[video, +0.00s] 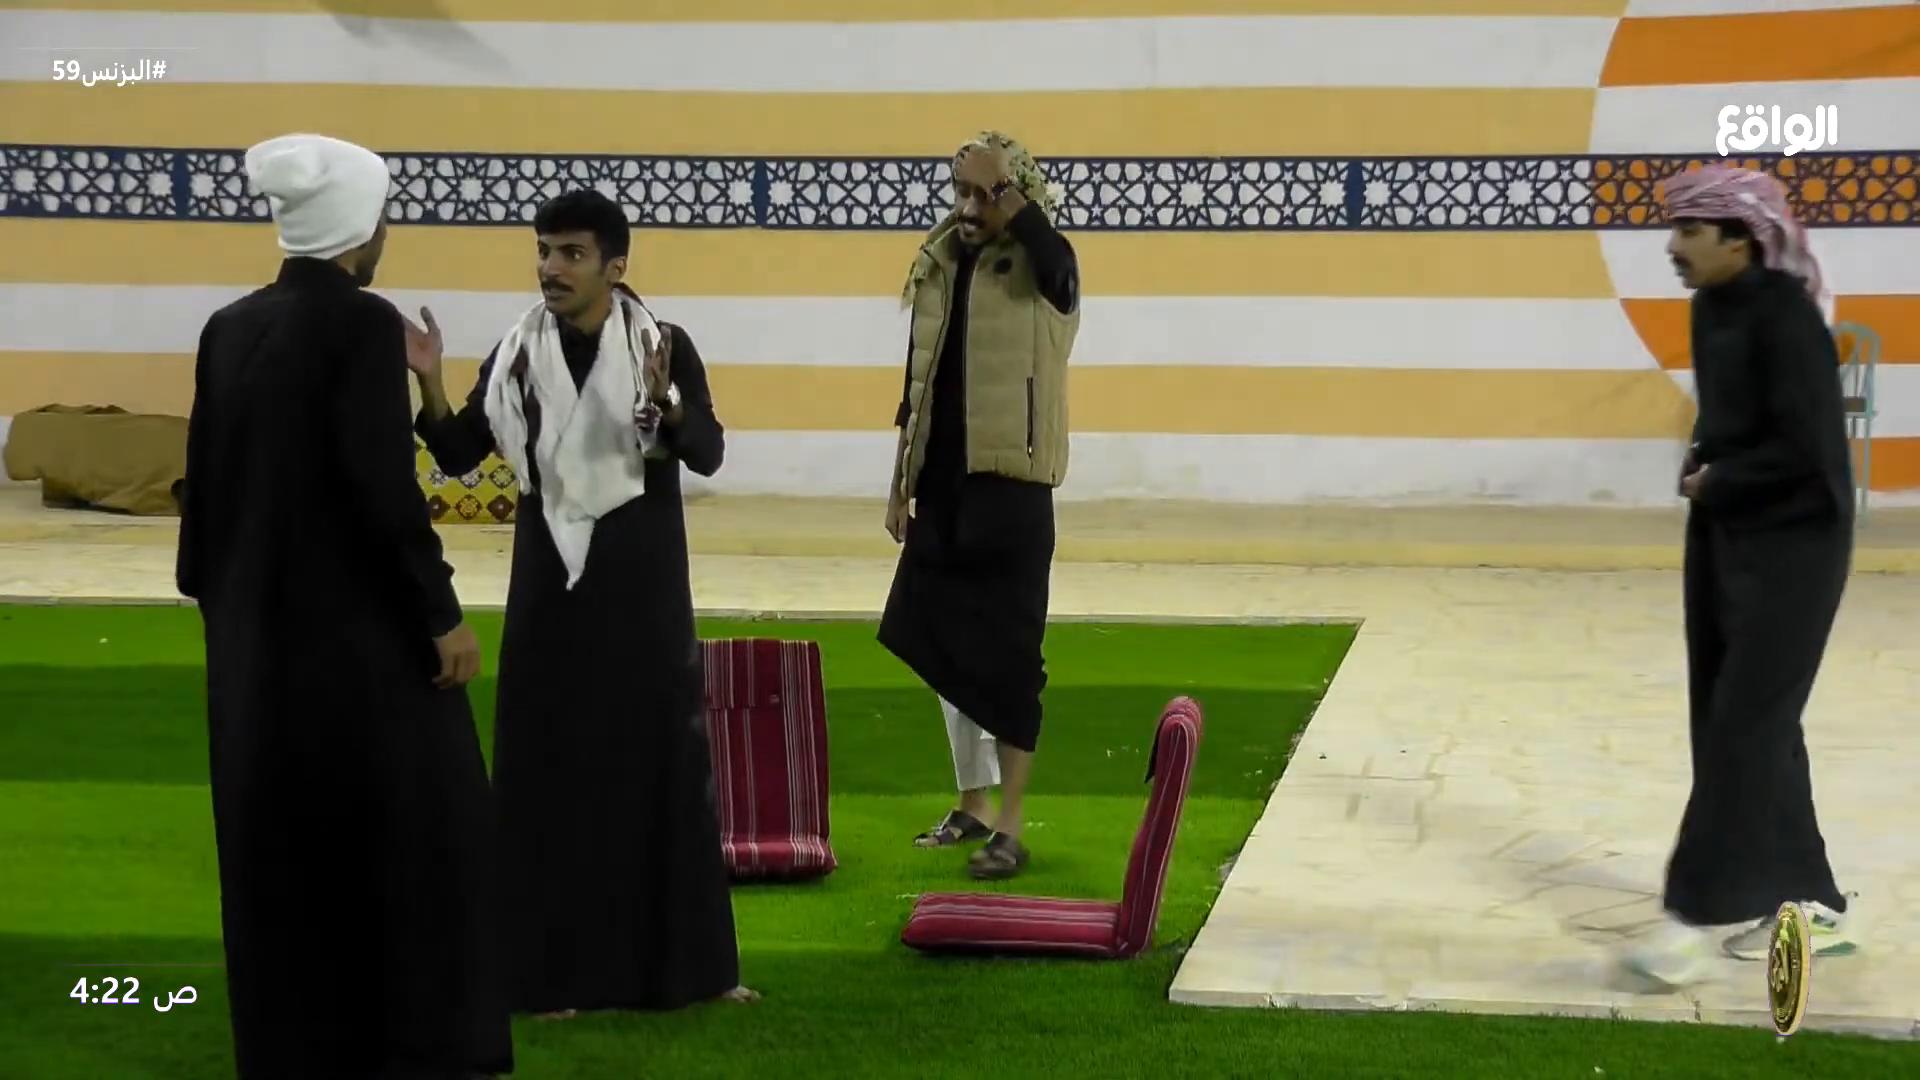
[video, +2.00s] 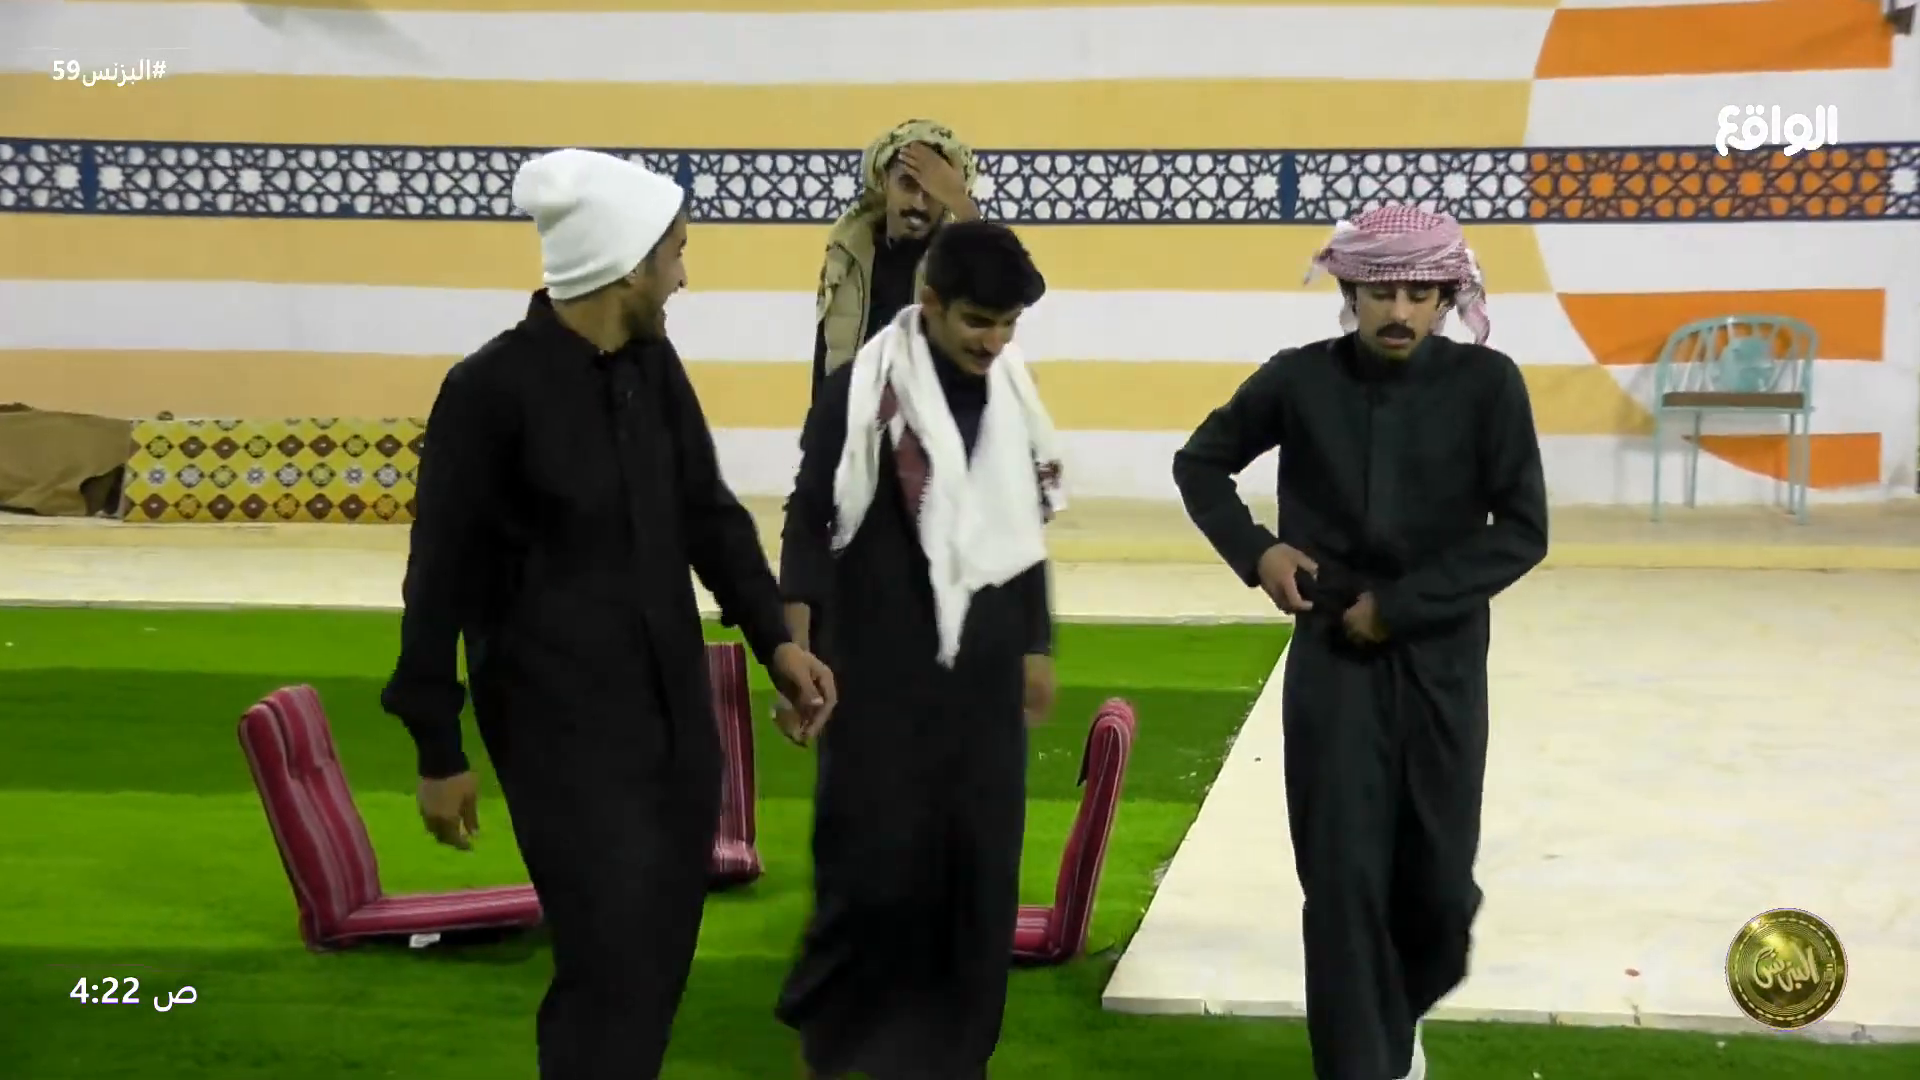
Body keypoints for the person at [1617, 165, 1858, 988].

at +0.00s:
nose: (1675, 249)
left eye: (1689, 234)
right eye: (1675, 234)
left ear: (1741, 239)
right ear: (1710, 242)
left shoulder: (1784, 313)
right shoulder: (1713, 314)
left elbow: (1805, 450)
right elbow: (1733, 419)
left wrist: (1715, 479)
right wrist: (1703, 456)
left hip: (1795, 549)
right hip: (1730, 545)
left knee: (1743, 718)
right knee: (1746, 718)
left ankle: (1703, 910)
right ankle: (1809, 896)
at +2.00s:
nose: (1398, 313)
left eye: (1418, 295)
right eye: (1379, 293)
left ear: (1446, 300)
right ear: (1349, 296)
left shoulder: (1490, 384)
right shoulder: (1299, 380)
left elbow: (1523, 534)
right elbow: (1199, 461)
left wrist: (1398, 603)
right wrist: (1257, 550)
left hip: (1445, 668)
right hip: (1334, 666)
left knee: (1441, 895)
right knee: (1343, 889)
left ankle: (1391, 1027)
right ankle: (1360, 1067)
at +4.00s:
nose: (1567, 419)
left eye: (1594, 386)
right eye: (1536, 386)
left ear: (1634, 382)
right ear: (1487, 381)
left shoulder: (1705, 502)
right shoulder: (1389, 489)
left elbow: (1765, 728)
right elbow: (1267, 635)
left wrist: (1561, 823)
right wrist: (1359, 782)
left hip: (1611, 925)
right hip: (1428, 912)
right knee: (1429, 1061)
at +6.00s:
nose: (1575, 771)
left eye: (1614, 732)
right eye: (1540, 733)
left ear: (1681, 674)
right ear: (1494, 687)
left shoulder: (1822, 764)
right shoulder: (1408, 754)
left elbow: (1893, 1039)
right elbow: (1253, 888)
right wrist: (1368, 1069)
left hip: (1734, 1061)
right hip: (1484, 1060)